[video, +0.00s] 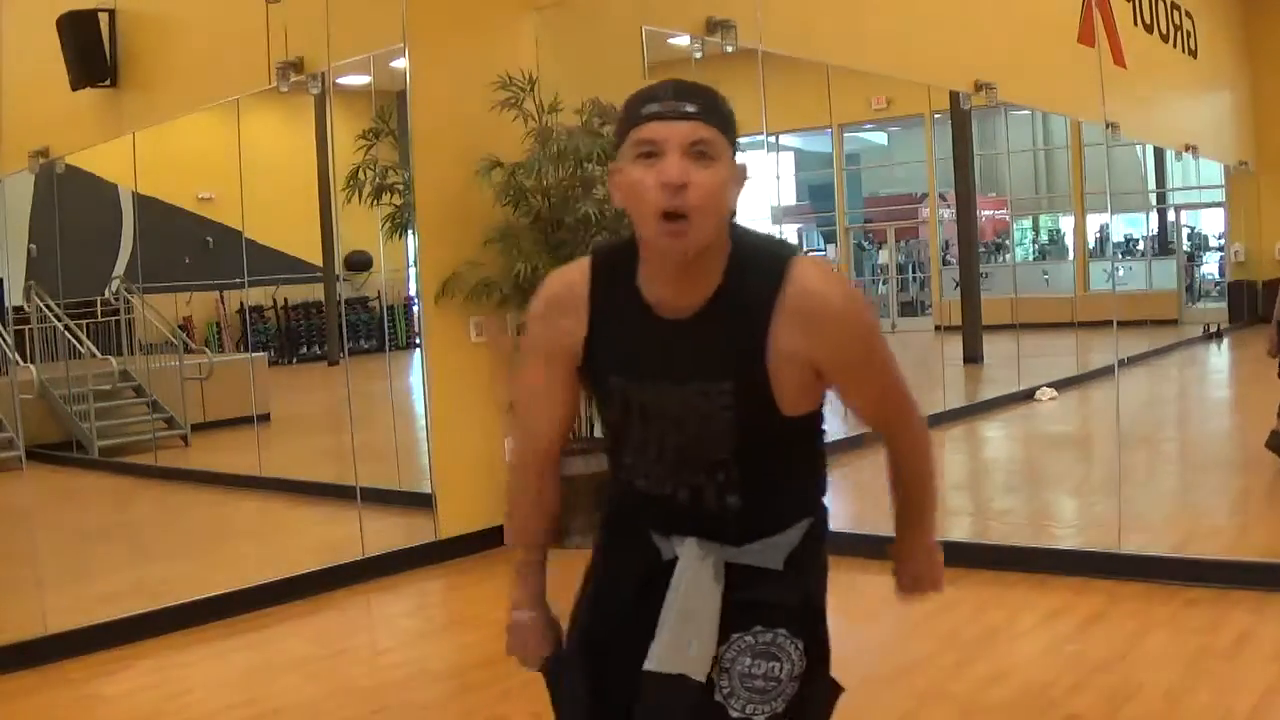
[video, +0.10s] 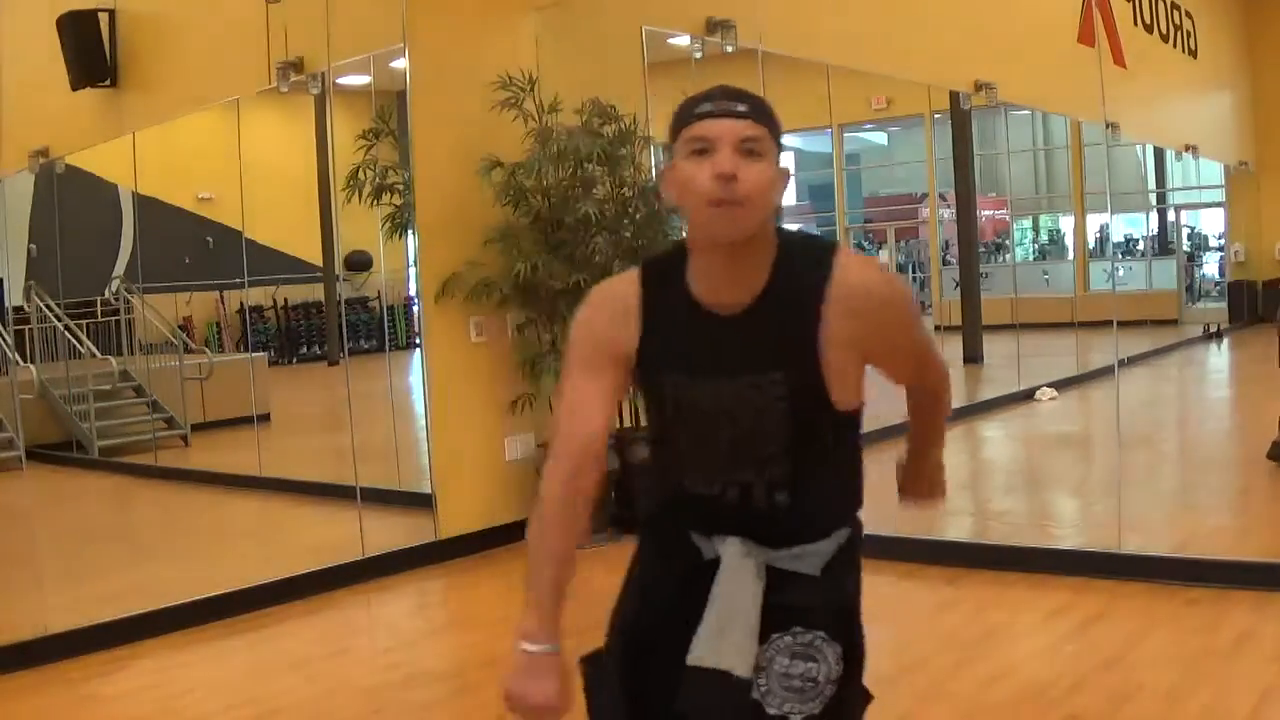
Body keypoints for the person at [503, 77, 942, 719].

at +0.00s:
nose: (673, 176)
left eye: (700, 155)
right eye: (648, 155)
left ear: (736, 181)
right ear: (616, 184)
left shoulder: (810, 299)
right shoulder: (571, 300)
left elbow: (905, 428)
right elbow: (535, 455)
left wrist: (918, 547)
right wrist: (527, 599)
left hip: (763, 577)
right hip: (634, 568)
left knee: (759, 706)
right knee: (594, 700)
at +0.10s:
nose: (725, 168)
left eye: (751, 151)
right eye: (700, 150)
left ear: (782, 181)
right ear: (669, 183)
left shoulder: (855, 292)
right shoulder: (619, 309)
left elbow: (928, 380)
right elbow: (572, 471)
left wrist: (924, 464)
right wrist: (538, 638)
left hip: (804, 576)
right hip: (675, 571)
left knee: (797, 705)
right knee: (636, 701)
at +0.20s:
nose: (797, 146)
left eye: (816, 130)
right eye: (770, 131)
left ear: (840, 156)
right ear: (732, 165)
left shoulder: (904, 273)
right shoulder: (673, 293)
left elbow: (927, 346)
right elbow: (643, 446)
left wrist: (841, 427)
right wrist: (663, 573)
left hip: (850, 560)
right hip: (720, 561)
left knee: (844, 705)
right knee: (678, 704)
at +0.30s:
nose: (918, 80)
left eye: (922, 66)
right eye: (891, 66)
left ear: (934, 88)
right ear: (826, 90)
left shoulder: (961, 209)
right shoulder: (750, 218)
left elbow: (936, 330)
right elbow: (739, 366)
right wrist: (820, 465)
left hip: (913, 495)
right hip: (781, 500)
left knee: (918, 697)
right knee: (747, 703)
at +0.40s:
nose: (1037, 41)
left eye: (1033, 23)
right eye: (1015, 21)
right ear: (945, 34)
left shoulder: (1014, 167)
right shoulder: (847, 151)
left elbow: (1013, 292)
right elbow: (820, 318)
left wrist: (975, 391)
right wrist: (907, 448)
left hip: (958, 432)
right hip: (845, 439)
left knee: (1024, 615)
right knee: (806, 659)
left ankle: (973, 711)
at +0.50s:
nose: (1133, 74)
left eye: (1129, 56)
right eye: (1116, 53)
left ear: (1068, 65)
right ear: (1055, 60)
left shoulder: (1072, 189)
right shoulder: (957, 161)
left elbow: (1077, 331)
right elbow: (922, 334)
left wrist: (1088, 459)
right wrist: (964, 501)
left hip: (992, 428)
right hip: (895, 431)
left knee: (1092, 584)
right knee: (869, 647)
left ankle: (1092, 712)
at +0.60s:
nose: (1216, 162)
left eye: (1213, 143)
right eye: (1206, 142)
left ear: (1156, 148)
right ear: (1156, 146)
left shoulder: (1112, 244)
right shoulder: (1073, 245)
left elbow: (1146, 384)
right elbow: (1052, 422)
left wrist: (1215, 507)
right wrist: (1060, 575)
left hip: (1027, 485)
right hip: (966, 502)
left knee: (1128, 616)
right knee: (916, 692)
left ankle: (1184, 713)